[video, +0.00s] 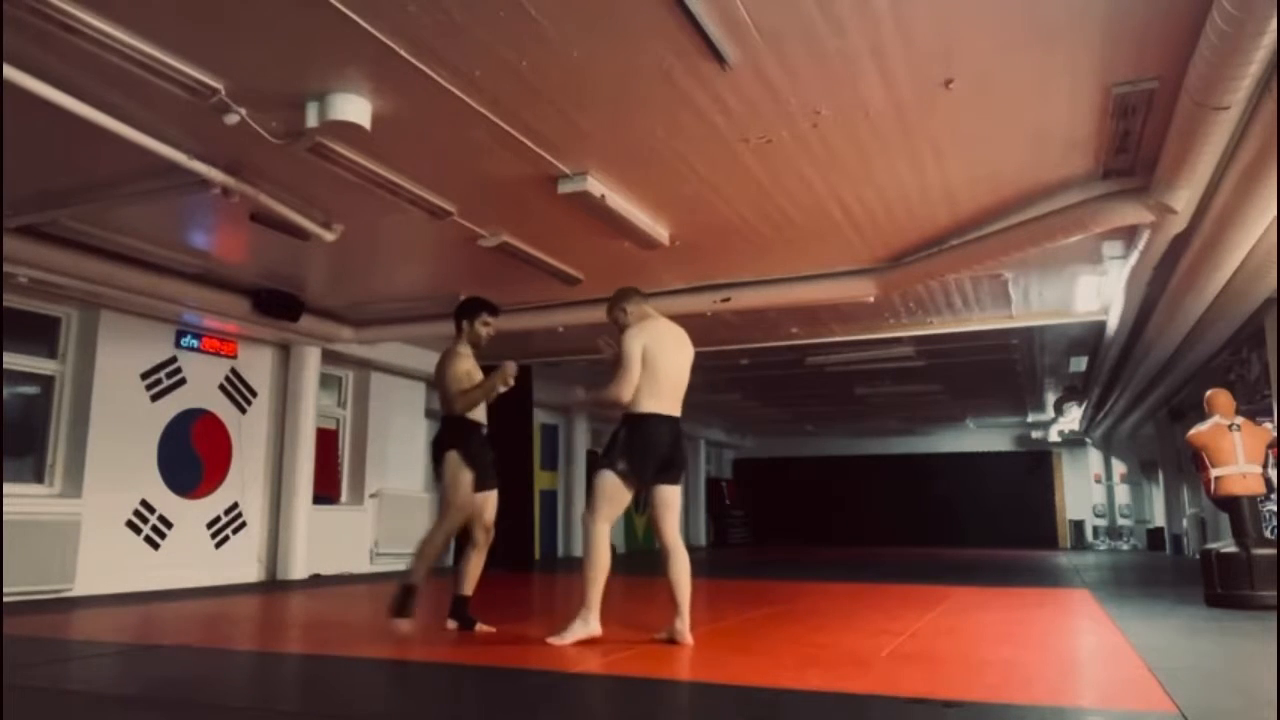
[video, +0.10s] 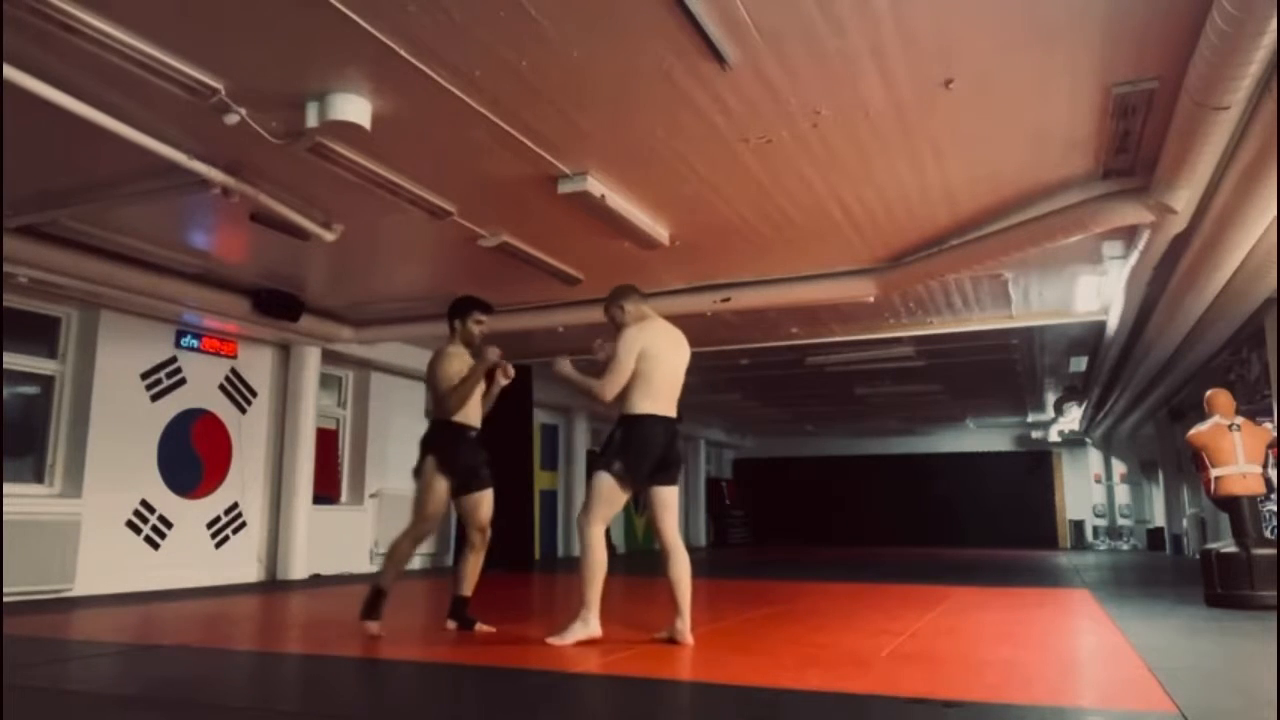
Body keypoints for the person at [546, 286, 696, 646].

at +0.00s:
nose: (618, 328)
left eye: (616, 322)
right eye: (615, 323)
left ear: (626, 309)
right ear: (643, 304)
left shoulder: (636, 334)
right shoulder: (682, 337)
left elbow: (621, 392)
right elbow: (663, 382)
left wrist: (586, 395)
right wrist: (622, 356)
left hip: (637, 433)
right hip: (672, 435)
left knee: (598, 520)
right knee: (671, 534)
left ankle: (589, 617)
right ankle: (683, 624)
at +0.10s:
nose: (615, 326)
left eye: (613, 320)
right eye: (612, 321)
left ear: (624, 307)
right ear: (640, 303)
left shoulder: (634, 334)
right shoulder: (679, 339)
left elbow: (606, 390)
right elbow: (653, 376)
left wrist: (569, 372)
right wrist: (614, 359)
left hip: (634, 435)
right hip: (668, 437)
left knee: (592, 522)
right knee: (671, 535)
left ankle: (589, 619)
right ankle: (684, 624)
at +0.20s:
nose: (612, 326)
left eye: (611, 319)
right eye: (610, 320)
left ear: (622, 308)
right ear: (638, 304)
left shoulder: (629, 335)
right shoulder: (676, 341)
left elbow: (593, 389)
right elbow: (655, 392)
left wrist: (560, 366)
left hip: (629, 440)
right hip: (663, 441)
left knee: (581, 520)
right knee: (670, 535)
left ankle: (587, 616)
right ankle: (684, 623)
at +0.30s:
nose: (605, 324)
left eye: (604, 318)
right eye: (603, 318)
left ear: (615, 308)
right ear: (633, 304)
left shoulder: (620, 335)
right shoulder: (669, 341)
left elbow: (584, 389)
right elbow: (668, 406)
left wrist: (558, 366)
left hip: (619, 439)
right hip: (656, 441)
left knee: (567, 517)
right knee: (670, 535)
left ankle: (574, 613)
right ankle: (684, 622)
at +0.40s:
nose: (596, 323)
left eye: (595, 317)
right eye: (594, 318)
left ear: (606, 307)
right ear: (624, 305)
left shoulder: (608, 336)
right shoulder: (660, 345)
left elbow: (574, 390)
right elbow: (661, 410)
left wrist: (554, 359)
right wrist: (649, 451)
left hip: (606, 440)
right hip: (644, 444)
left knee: (560, 523)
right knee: (656, 535)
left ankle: (558, 622)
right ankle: (680, 622)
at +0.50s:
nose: (583, 322)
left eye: (582, 316)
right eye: (581, 316)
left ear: (592, 308)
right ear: (613, 305)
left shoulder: (595, 334)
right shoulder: (647, 344)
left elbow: (562, 388)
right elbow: (655, 410)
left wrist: (540, 358)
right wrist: (658, 458)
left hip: (588, 437)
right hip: (626, 443)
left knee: (556, 528)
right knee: (622, 534)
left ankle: (561, 627)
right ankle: (663, 619)